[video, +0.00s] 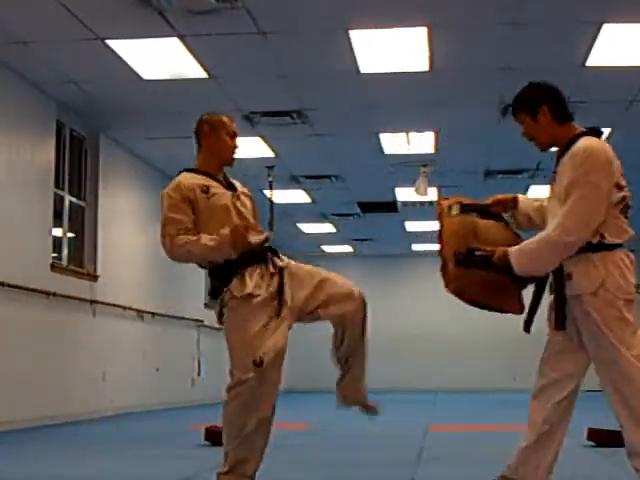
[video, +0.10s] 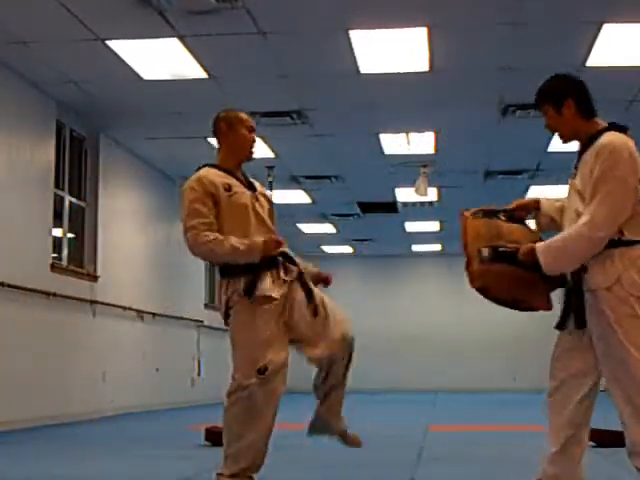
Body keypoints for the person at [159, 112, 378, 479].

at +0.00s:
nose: (236, 143)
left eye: (236, 137)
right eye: (230, 136)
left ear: (216, 140)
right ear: (207, 137)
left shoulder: (241, 191)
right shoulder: (182, 187)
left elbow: (249, 236)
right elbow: (176, 244)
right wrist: (229, 244)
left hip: (280, 272)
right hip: (245, 290)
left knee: (350, 301)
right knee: (251, 386)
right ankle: (237, 472)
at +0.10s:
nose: (255, 138)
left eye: (255, 132)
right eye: (248, 131)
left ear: (240, 137)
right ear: (224, 134)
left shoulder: (258, 190)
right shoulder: (202, 183)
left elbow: (268, 245)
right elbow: (199, 241)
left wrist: (307, 272)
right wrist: (257, 248)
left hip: (285, 282)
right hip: (250, 290)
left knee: (338, 337)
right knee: (255, 379)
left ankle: (328, 417)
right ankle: (237, 471)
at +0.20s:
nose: (278, 139)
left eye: (277, 133)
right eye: (271, 132)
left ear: (258, 138)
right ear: (247, 134)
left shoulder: (276, 192)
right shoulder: (227, 182)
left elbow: (289, 247)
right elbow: (222, 241)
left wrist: (328, 265)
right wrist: (275, 264)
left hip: (298, 293)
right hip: (261, 295)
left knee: (315, 379)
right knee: (261, 383)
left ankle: (328, 467)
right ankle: (237, 471)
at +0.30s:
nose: (301, 145)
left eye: (301, 138)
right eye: (294, 137)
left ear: (292, 144)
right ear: (270, 140)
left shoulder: (298, 197)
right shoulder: (251, 187)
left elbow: (303, 255)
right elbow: (242, 246)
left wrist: (333, 272)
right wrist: (292, 273)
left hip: (307, 300)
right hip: (276, 301)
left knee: (309, 388)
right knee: (273, 386)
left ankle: (316, 468)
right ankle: (239, 471)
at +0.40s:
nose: (323, 148)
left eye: (324, 141)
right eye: (317, 140)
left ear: (309, 146)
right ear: (293, 142)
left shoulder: (311, 197)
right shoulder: (273, 186)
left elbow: (314, 254)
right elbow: (262, 246)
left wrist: (335, 278)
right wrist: (304, 269)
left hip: (317, 297)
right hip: (293, 295)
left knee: (318, 384)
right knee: (301, 378)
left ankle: (316, 467)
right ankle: (244, 464)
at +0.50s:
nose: (340, 147)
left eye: (341, 141)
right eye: (334, 139)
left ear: (325, 145)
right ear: (310, 140)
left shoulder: (322, 192)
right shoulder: (291, 179)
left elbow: (320, 251)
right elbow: (270, 224)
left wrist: (346, 270)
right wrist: (319, 236)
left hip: (327, 289)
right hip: (305, 286)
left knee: (319, 379)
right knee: (325, 376)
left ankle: (317, 467)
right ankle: (272, 463)